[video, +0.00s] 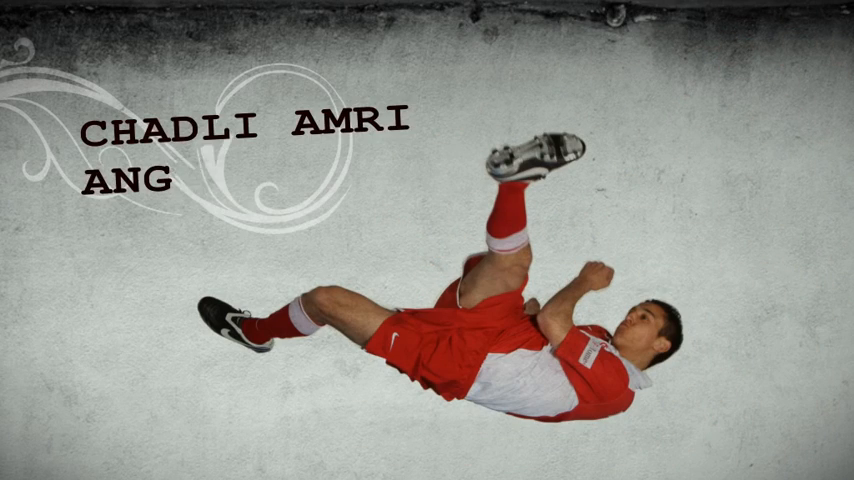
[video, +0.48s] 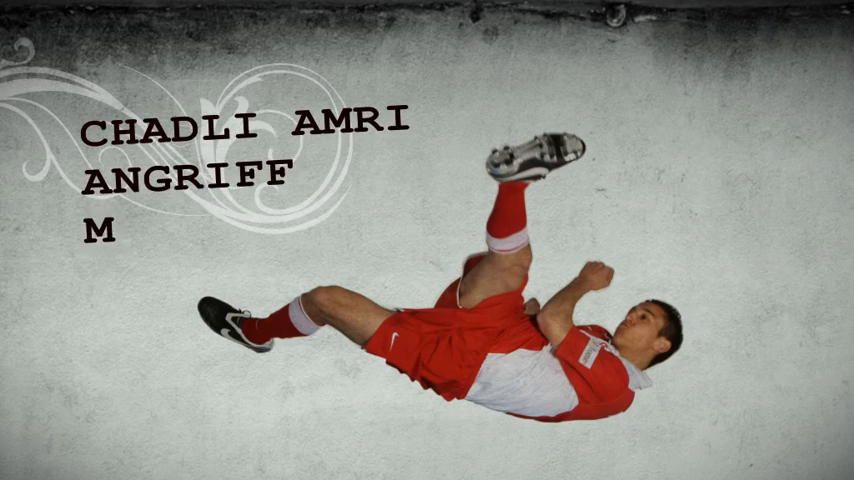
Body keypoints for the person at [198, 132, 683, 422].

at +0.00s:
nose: (633, 317)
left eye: (645, 319)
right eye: (636, 313)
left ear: (658, 347)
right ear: (631, 326)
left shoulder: (616, 386)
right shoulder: (597, 349)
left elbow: (549, 324)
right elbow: (519, 324)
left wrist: (583, 283)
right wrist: (470, 286)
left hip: (452, 360)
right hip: (482, 323)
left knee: (323, 299)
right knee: (509, 257)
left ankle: (256, 333)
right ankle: (512, 176)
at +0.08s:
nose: (633, 317)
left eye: (645, 319)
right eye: (636, 313)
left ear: (658, 347)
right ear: (631, 326)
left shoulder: (616, 386)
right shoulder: (597, 349)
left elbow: (550, 324)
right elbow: (519, 324)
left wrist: (583, 283)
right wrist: (470, 286)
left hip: (452, 360)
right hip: (482, 323)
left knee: (324, 299)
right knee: (509, 257)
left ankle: (256, 333)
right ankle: (512, 176)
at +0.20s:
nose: (633, 317)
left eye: (645, 319)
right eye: (636, 313)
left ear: (658, 347)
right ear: (631, 326)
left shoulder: (616, 386)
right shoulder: (597, 349)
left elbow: (549, 324)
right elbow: (519, 324)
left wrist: (583, 283)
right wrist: (470, 286)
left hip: (452, 360)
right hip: (482, 323)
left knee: (324, 299)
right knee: (509, 257)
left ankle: (256, 333)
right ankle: (512, 176)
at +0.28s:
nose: (633, 317)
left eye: (645, 319)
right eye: (636, 313)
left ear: (658, 347)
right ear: (631, 326)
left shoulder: (616, 386)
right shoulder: (597, 349)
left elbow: (550, 324)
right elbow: (519, 324)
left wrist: (583, 283)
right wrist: (470, 286)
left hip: (452, 360)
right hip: (482, 323)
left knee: (324, 299)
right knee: (509, 257)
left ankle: (256, 333)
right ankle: (513, 176)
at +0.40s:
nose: (633, 317)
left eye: (645, 319)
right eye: (637, 313)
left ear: (658, 347)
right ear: (631, 326)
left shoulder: (616, 386)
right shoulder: (597, 349)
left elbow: (550, 324)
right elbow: (519, 324)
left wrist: (583, 283)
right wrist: (470, 286)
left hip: (452, 360)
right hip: (482, 323)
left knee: (324, 299)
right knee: (509, 257)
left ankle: (256, 333)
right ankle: (513, 176)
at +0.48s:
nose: (633, 317)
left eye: (645, 319)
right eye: (637, 313)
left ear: (658, 347)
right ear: (631, 326)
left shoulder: (616, 386)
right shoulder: (597, 349)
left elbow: (550, 324)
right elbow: (519, 324)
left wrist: (583, 283)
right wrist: (470, 286)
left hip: (452, 360)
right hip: (482, 323)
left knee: (324, 299)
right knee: (509, 257)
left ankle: (256, 333)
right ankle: (513, 176)